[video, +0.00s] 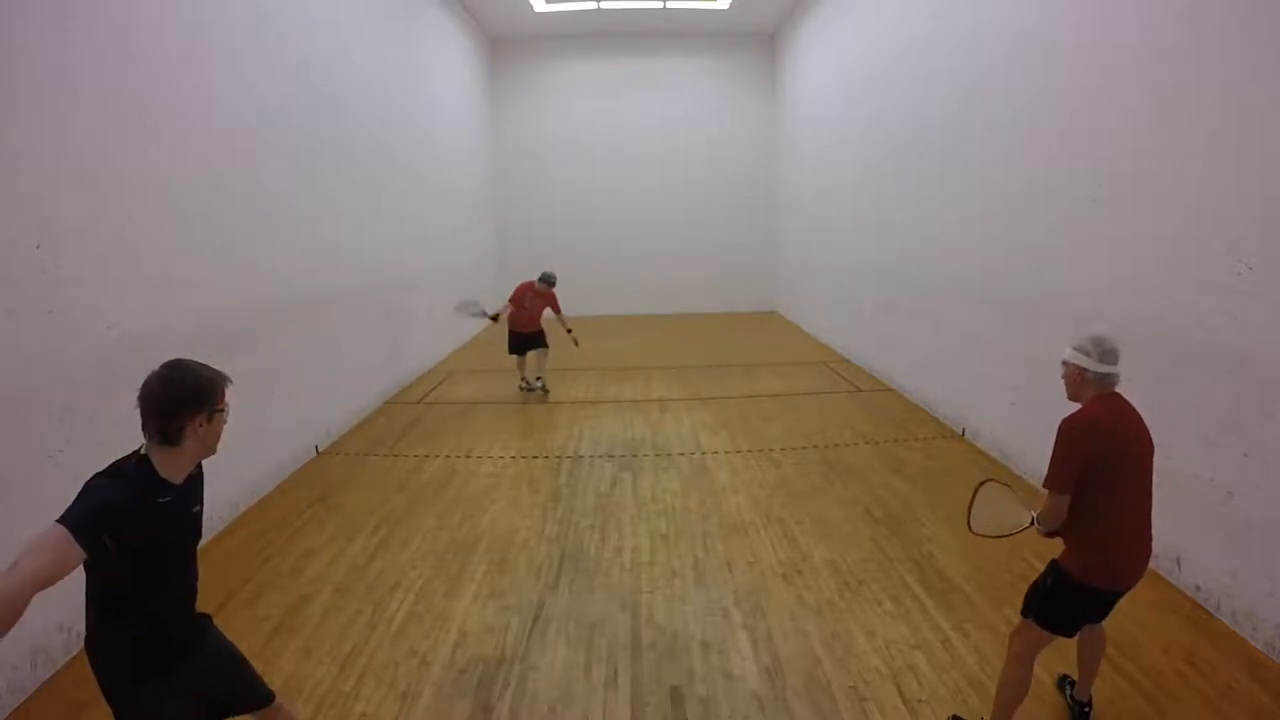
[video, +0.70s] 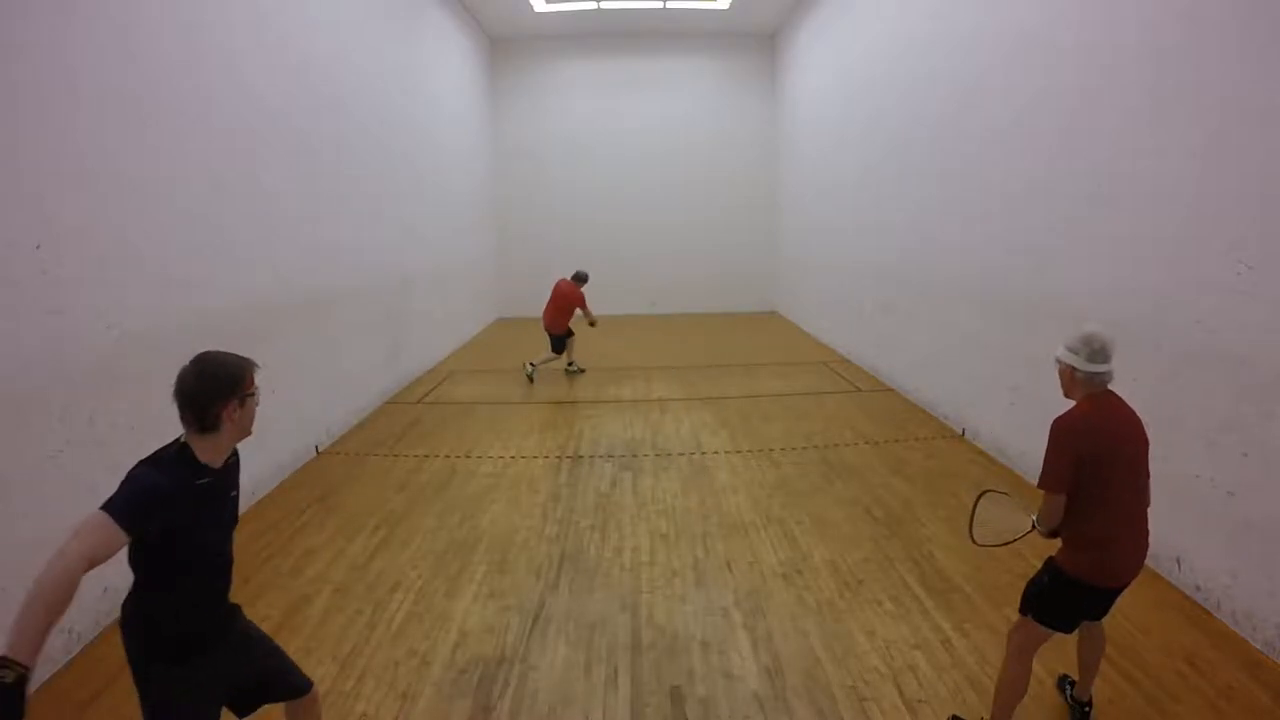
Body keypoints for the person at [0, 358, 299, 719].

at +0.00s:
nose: (226, 420)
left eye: (224, 411)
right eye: (222, 412)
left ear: (191, 427)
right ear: (198, 426)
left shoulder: (188, 469)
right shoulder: (111, 496)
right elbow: (20, 581)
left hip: (186, 629)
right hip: (131, 659)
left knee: (269, 707)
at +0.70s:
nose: (257, 404)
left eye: (254, 394)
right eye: (252, 396)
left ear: (226, 412)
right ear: (231, 412)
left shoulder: (227, 457)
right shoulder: (155, 482)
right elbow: (70, 561)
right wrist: (12, 671)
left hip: (216, 617)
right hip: (162, 637)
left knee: (303, 695)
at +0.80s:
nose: (272, 392)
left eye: (271, 384)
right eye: (268, 385)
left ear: (240, 398)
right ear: (246, 397)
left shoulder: (241, 446)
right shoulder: (176, 470)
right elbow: (94, 555)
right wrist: (57, 669)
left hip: (234, 602)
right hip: (181, 623)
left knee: (312, 681)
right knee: (202, 713)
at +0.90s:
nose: (278, 374)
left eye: (276, 365)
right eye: (274, 366)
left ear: (247, 381)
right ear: (254, 379)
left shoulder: (250, 428)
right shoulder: (183, 449)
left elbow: (227, 508)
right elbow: (110, 539)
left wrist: (251, 556)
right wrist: (91, 653)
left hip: (240, 588)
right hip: (189, 607)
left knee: (306, 677)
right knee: (217, 711)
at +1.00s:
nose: (278, 355)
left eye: (277, 347)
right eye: (274, 348)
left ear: (248, 362)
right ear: (253, 361)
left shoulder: (248, 411)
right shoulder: (185, 429)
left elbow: (230, 489)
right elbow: (116, 520)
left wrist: (251, 537)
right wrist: (110, 635)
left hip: (239, 572)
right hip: (190, 592)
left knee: (293, 669)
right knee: (232, 710)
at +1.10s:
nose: (276, 352)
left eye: (273, 342)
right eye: (269, 343)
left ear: (242, 355)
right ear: (243, 354)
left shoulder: (245, 405)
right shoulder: (184, 425)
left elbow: (226, 487)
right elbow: (120, 518)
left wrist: (246, 539)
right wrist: (132, 633)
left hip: (242, 570)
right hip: (193, 591)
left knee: (292, 669)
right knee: (241, 705)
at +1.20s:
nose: (267, 356)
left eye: (264, 346)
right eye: (259, 347)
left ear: (232, 360)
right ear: (230, 359)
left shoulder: (238, 407)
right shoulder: (178, 430)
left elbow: (224, 494)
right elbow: (123, 527)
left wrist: (242, 556)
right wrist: (161, 629)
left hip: (243, 574)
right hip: (194, 595)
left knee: (294, 670)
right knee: (249, 704)